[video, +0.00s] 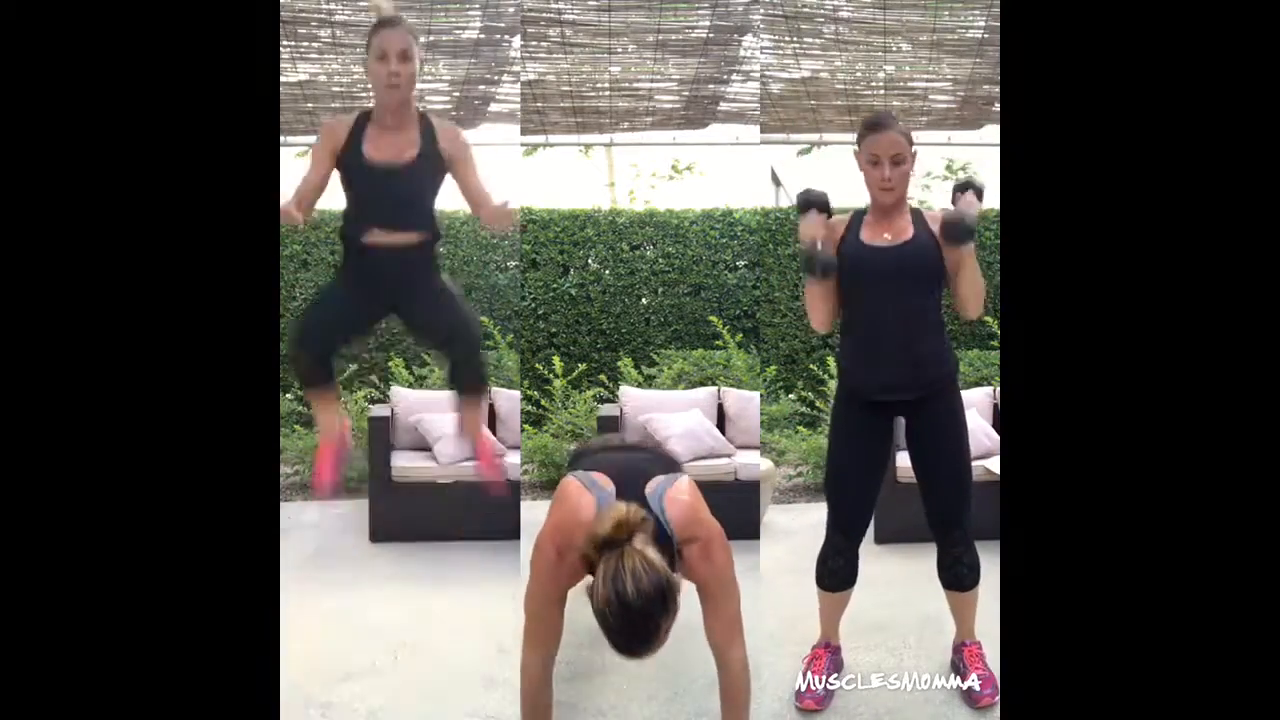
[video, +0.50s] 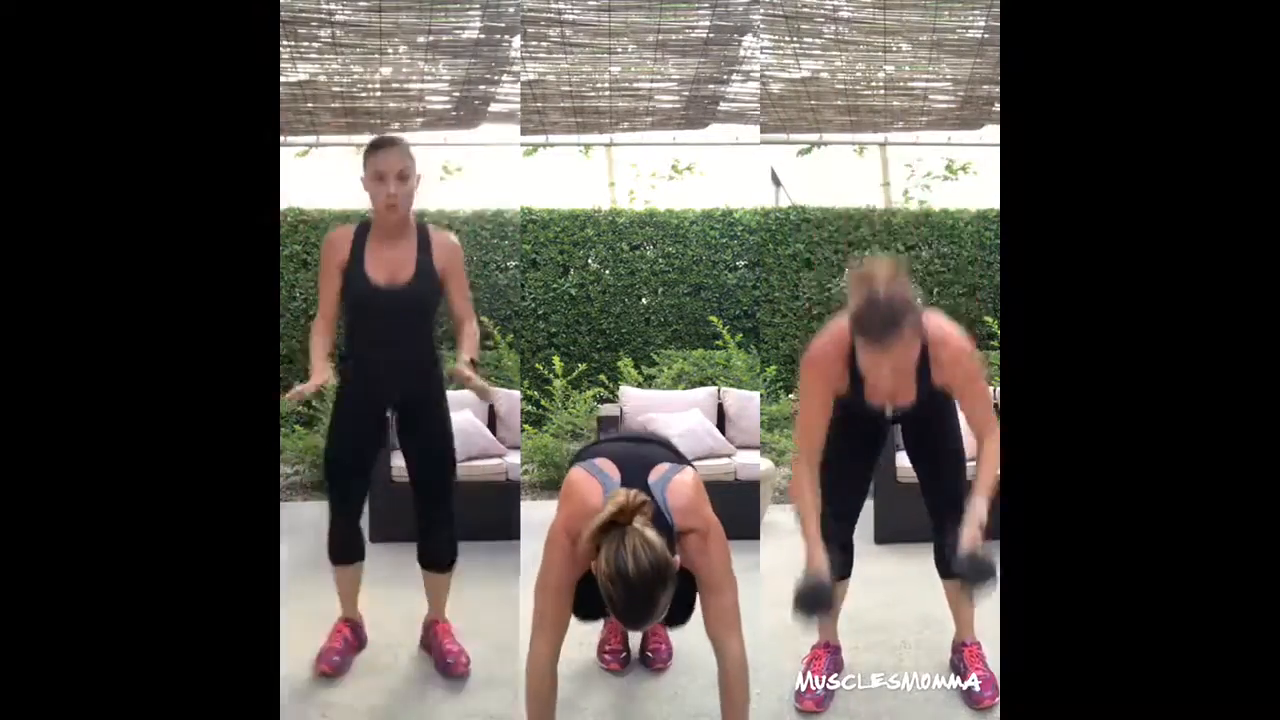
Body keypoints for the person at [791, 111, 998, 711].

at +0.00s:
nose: (885, 172)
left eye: (896, 161)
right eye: (873, 162)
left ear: (912, 162)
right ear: (858, 166)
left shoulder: (938, 226)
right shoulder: (839, 233)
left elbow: (971, 308)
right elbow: (821, 322)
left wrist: (962, 240)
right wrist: (817, 254)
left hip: (934, 393)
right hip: (861, 395)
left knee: (955, 530)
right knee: (842, 533)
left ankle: (968, 646)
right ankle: (826, 648)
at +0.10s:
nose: (884, 174)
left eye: (895, 161)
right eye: (872, 163)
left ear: (912, 161)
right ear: (857, 166)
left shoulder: (940, 225)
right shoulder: (836, 228)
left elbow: (968, 313)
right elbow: (820, 319)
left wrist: (959, 258)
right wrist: (815, 296)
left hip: (932, 394)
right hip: (861, 395)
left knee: (953, 529)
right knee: (842, 530)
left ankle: (968, 646)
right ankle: (827, 647)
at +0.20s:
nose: (884, 193)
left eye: (895, 178)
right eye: (871, 181)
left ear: (912, 169)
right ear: (855, 176)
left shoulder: (942, 232)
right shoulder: (833, 235)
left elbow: (968, 321)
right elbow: (814, 317)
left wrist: (963, 296)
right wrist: (812, 352)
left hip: (931, 395)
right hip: (859, 396)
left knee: (951, 527)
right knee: (841, 527)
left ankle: (968, 646)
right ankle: (826, 647)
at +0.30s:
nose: (885, 235)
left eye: (896, 221)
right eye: (872, 223)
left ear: (915, 209)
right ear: (854, 213)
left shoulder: (946, 259)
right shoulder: (828, 262)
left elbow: (972, 332)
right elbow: (809, 343)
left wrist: (969, 370)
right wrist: (808, 401)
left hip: (930, 402)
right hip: (858, 404)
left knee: (951, 527)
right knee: (841, 526)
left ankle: (968, 646)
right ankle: (826, 647)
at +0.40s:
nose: (887, 297)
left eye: (898, 284)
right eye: (875, 286)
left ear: (916, 262)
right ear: (855, 269)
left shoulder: (949, 298)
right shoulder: (824, 306)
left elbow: (983, 375)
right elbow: (804, 397)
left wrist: (977, 427)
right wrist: (811, 471)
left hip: (928, 402)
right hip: (858, 405)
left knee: (949, 517)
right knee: (838, 523)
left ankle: (967, 646)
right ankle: (825, 648)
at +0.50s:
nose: (885, 372)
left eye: (896, 360)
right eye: (874, 362)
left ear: (916, 336)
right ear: (856, 340)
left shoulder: (948, 344)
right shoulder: (825, 352)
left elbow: (990, 434)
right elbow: (804, 460)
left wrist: (975, 517)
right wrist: (813, 553)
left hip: (928, 407)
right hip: (855, 412)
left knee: (953, 525)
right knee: (832, 528)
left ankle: (966, 645)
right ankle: (826, 648)